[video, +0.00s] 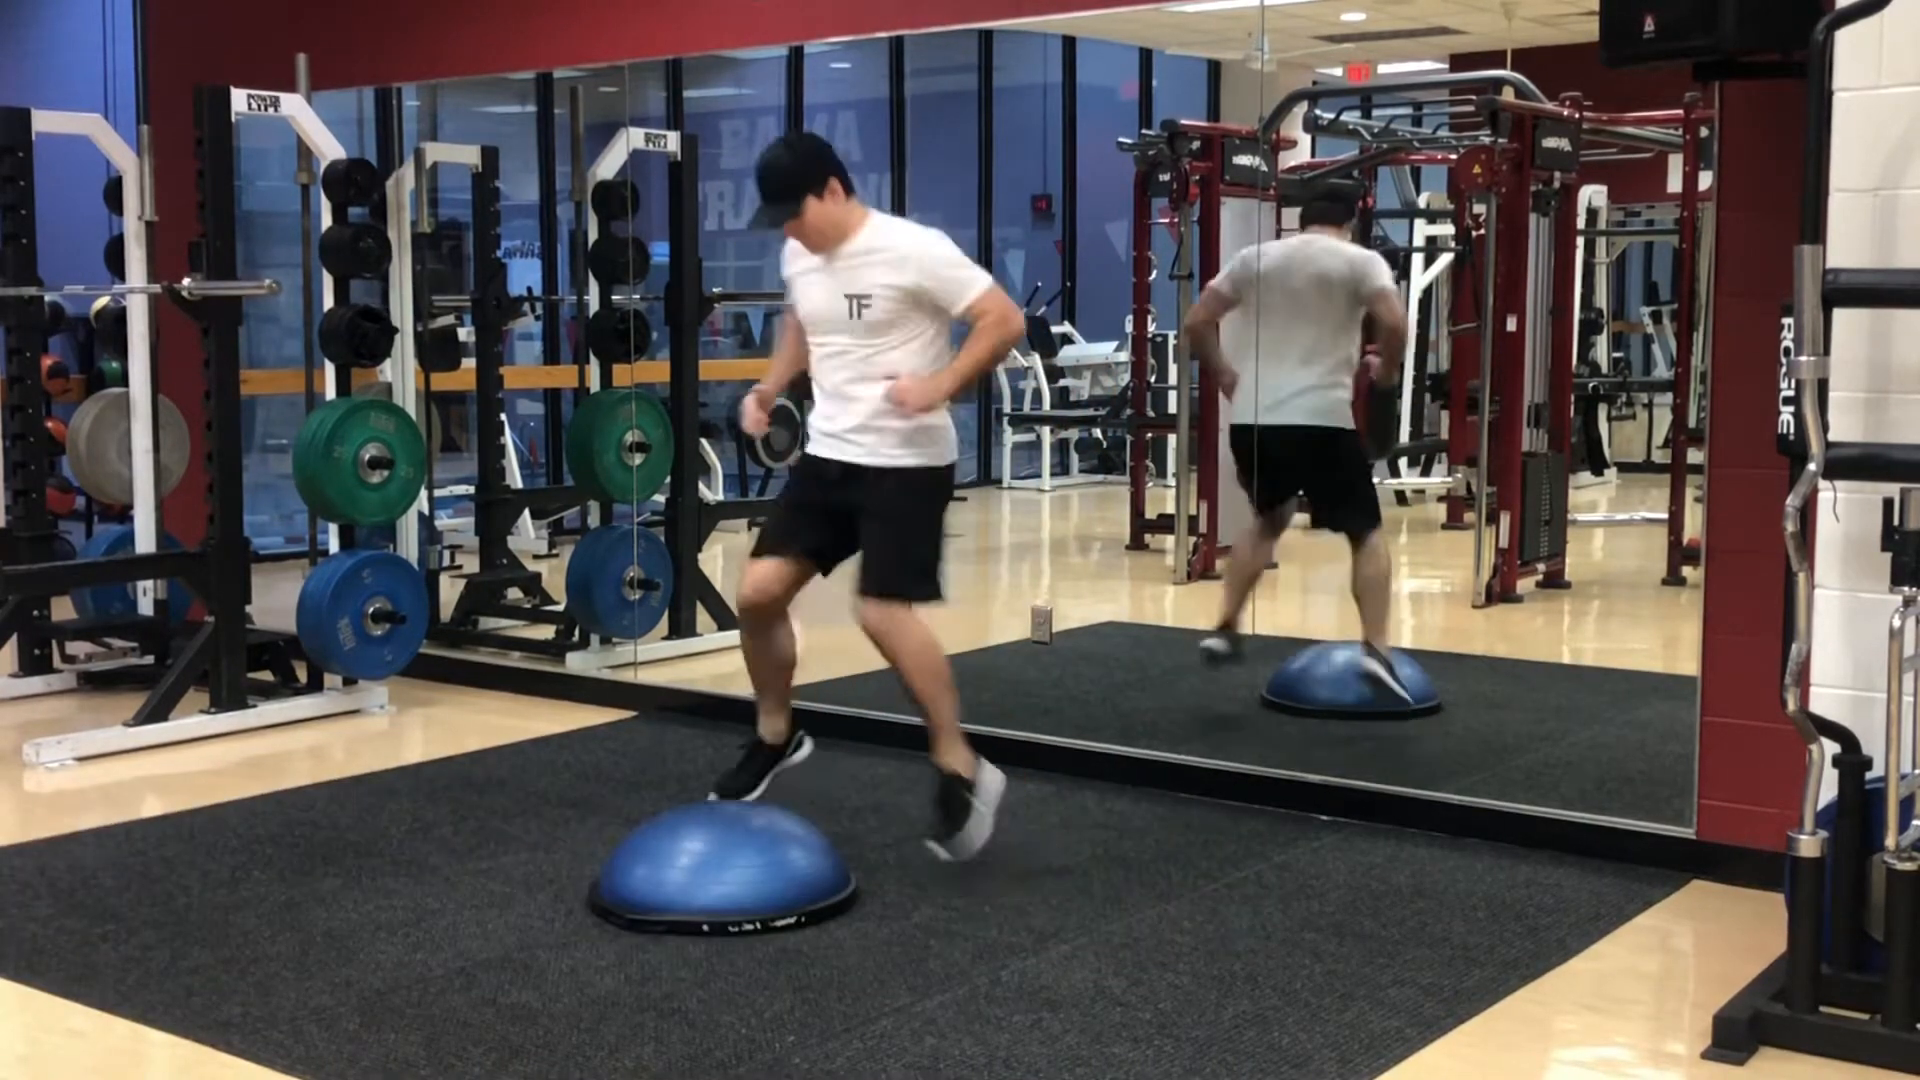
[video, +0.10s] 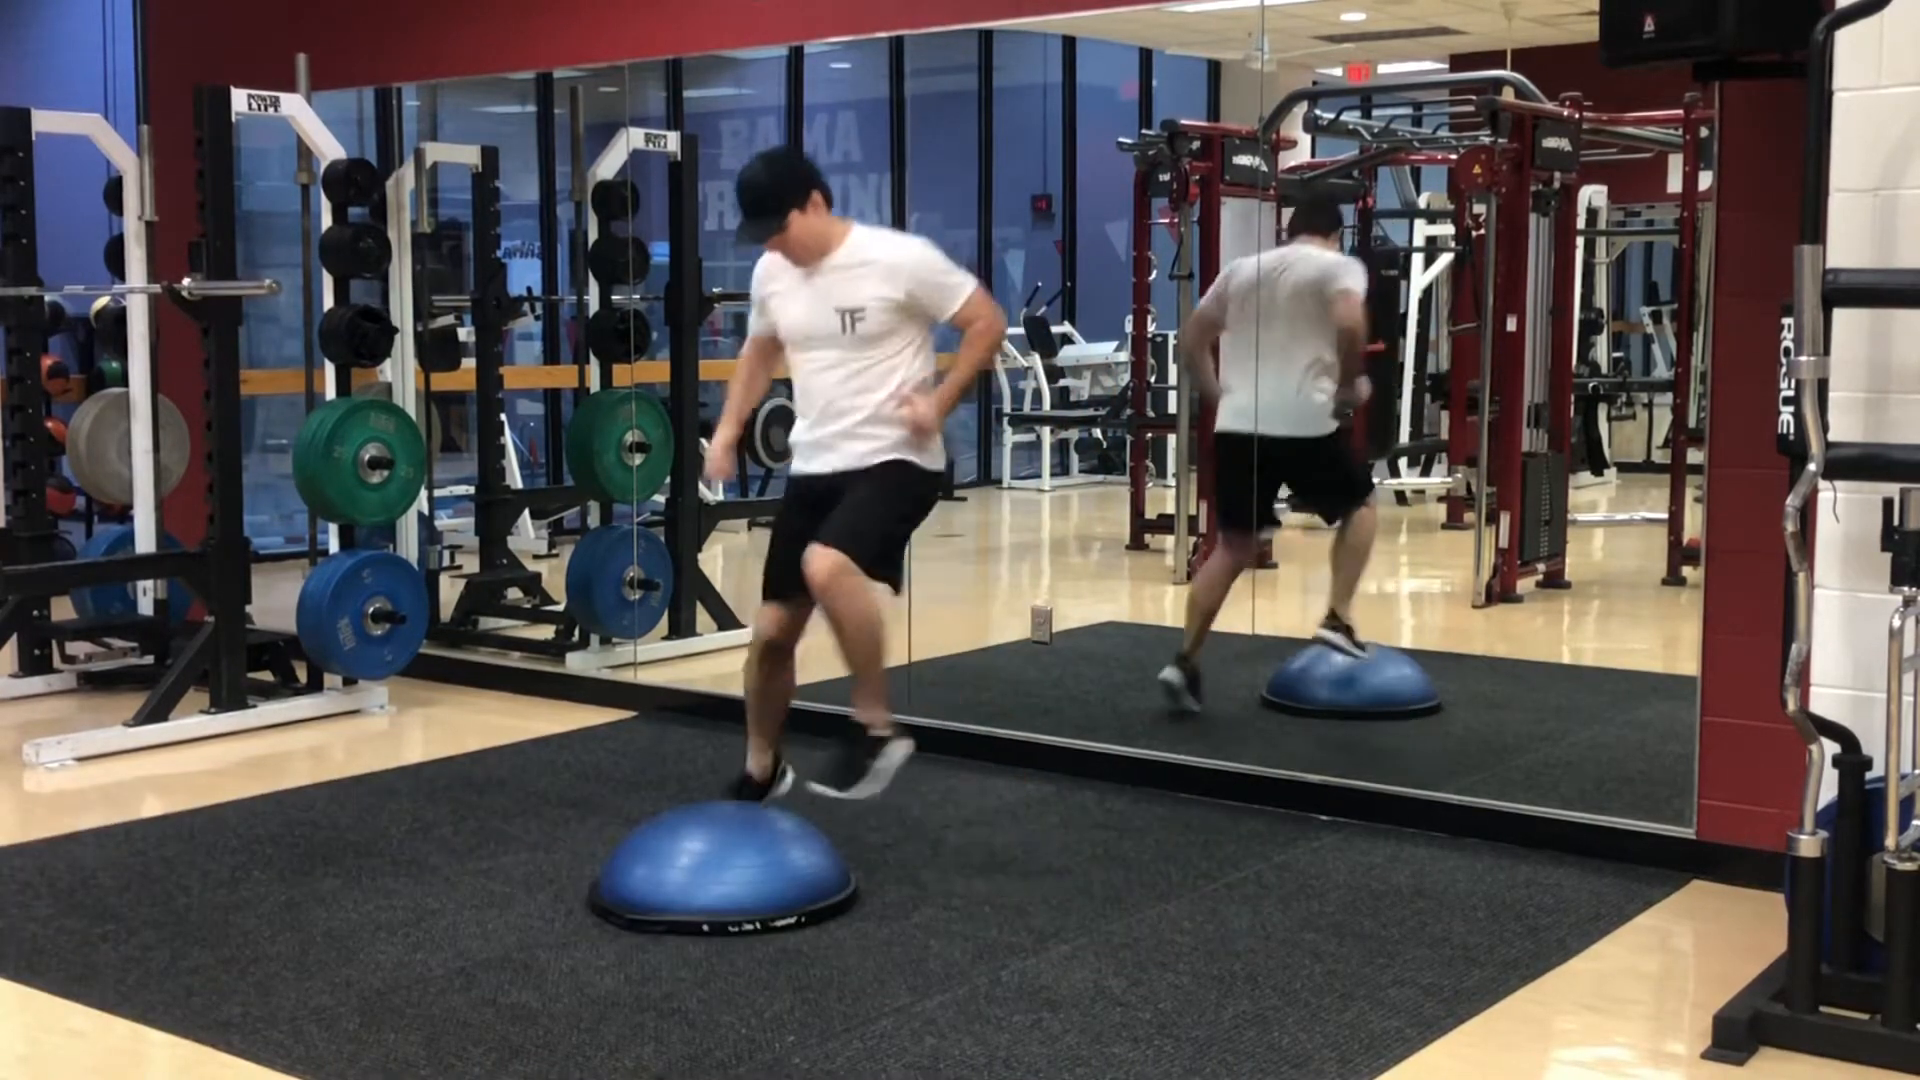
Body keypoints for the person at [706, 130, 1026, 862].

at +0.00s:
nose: (790, 234)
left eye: (794, 217)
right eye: (782, 223)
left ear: (832, 192)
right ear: (807, 203)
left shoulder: (916, 249)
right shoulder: (802, 260)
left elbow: (1006, 320)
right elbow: (802, 331)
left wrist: (943, 385)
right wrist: (769, 389)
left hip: (907, 466)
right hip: (829, 461)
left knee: (884, 610)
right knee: (759, 594)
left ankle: (960, 766)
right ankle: (775, 734)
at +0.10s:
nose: (772, 249)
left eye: (778, 232)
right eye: (765, 238)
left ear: (814, 205)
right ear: (762, 228)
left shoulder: (902, 258)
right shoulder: (773, 274)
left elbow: (989, 323)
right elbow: (762, 350)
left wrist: (940, 399)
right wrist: (726, 432)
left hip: (898, 459)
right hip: (816, 469)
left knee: (827, 565)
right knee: (773, 631)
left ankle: (876, 728)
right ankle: (760, 771)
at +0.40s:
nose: (776, 251)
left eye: (783, 236)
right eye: (768, 241)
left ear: (818, 210)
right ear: (763, 231)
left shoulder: (899, 264)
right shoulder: (769, 282)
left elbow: (981, 326)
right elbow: (756, 361)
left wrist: (938, 376)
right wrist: (746, 406)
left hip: (893, 472)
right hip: (809, 484)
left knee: (842, 592)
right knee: (779, 645)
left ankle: (899, 755)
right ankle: (770, 777)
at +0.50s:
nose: (789, 245)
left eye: (794, 228)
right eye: (782, 234)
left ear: (828, 199)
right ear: (787, 218)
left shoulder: (912, 253)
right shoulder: (794, 267)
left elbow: (1003, 312)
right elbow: (793, 339)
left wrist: (947, 374)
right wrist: (769, 398)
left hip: (912, 472)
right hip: (831, 470)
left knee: (891, 623)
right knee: (758, 600)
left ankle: (973, 795)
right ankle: (789, 740)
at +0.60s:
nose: (808, 270)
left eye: (812, 253)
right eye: (799, 259)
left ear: (847, 225)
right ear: (802, 246)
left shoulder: (925, 286)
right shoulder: (820, 295)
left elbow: (998, 375)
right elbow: (836, 385)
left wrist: (929, 429)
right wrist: (806, 442)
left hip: (933, 509)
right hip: (855, 500)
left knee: (946, 667)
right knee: (758, 567)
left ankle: (1019, 828)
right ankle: (805, 733)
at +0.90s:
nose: (799, 243)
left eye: (802, 227)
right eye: (791, 232)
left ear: (838, 197)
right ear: (814, 209)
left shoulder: (923, 247)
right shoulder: (810, 264)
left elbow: (1009, 319)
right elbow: (824, 350)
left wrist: (936, 373)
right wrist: (801, 360)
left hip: (919, 470)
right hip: (838, 467)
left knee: (894, 616)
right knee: (778, 609)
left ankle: (960, 766)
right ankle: (792, 748)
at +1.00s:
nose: (783, 254)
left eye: (789, 238)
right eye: (775, 244)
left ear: (826, 211)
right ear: (774, 235)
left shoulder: (909, 258)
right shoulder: (779, 279)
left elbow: (1007, 311)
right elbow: (760, 362)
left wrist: (982, 402)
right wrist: (774, 375)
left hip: (916, 462)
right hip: (834, 476)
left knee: (837, 571)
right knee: (801, 642)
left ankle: (872, 724)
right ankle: (794, 784)